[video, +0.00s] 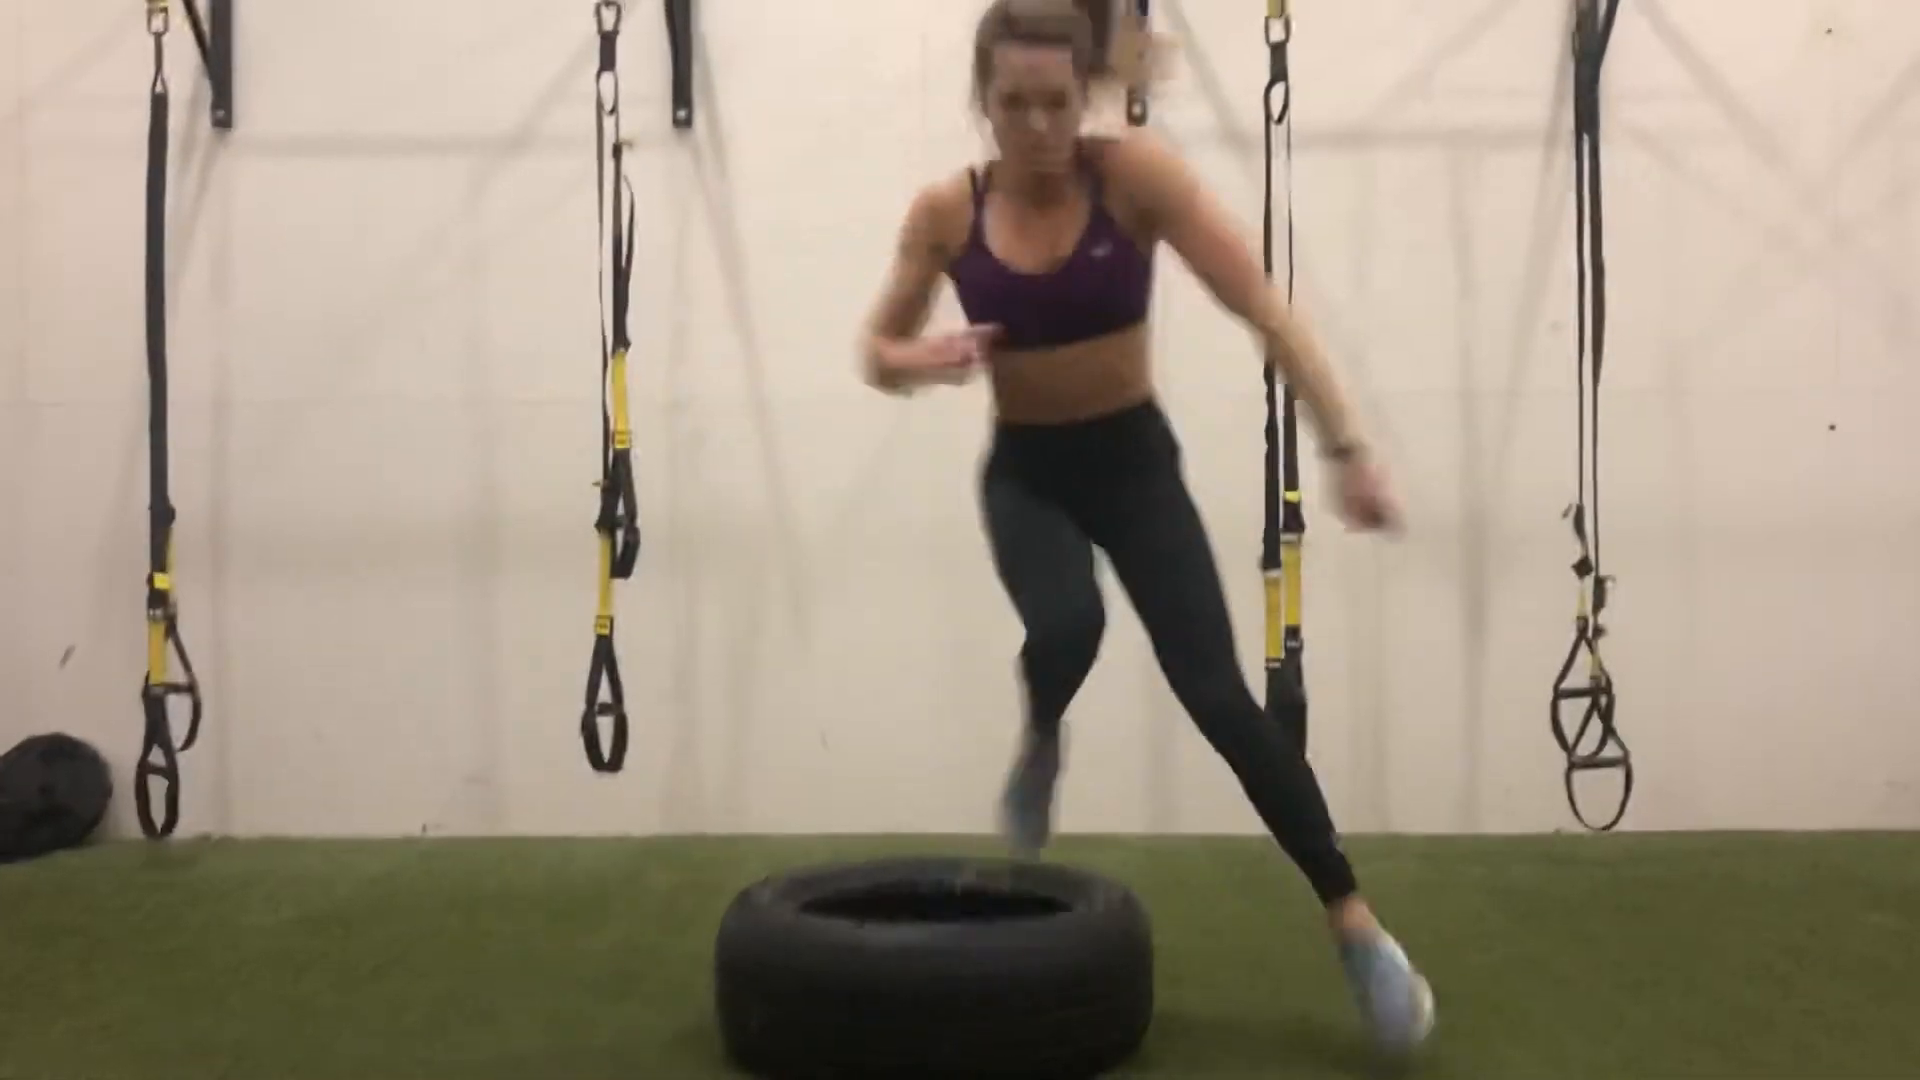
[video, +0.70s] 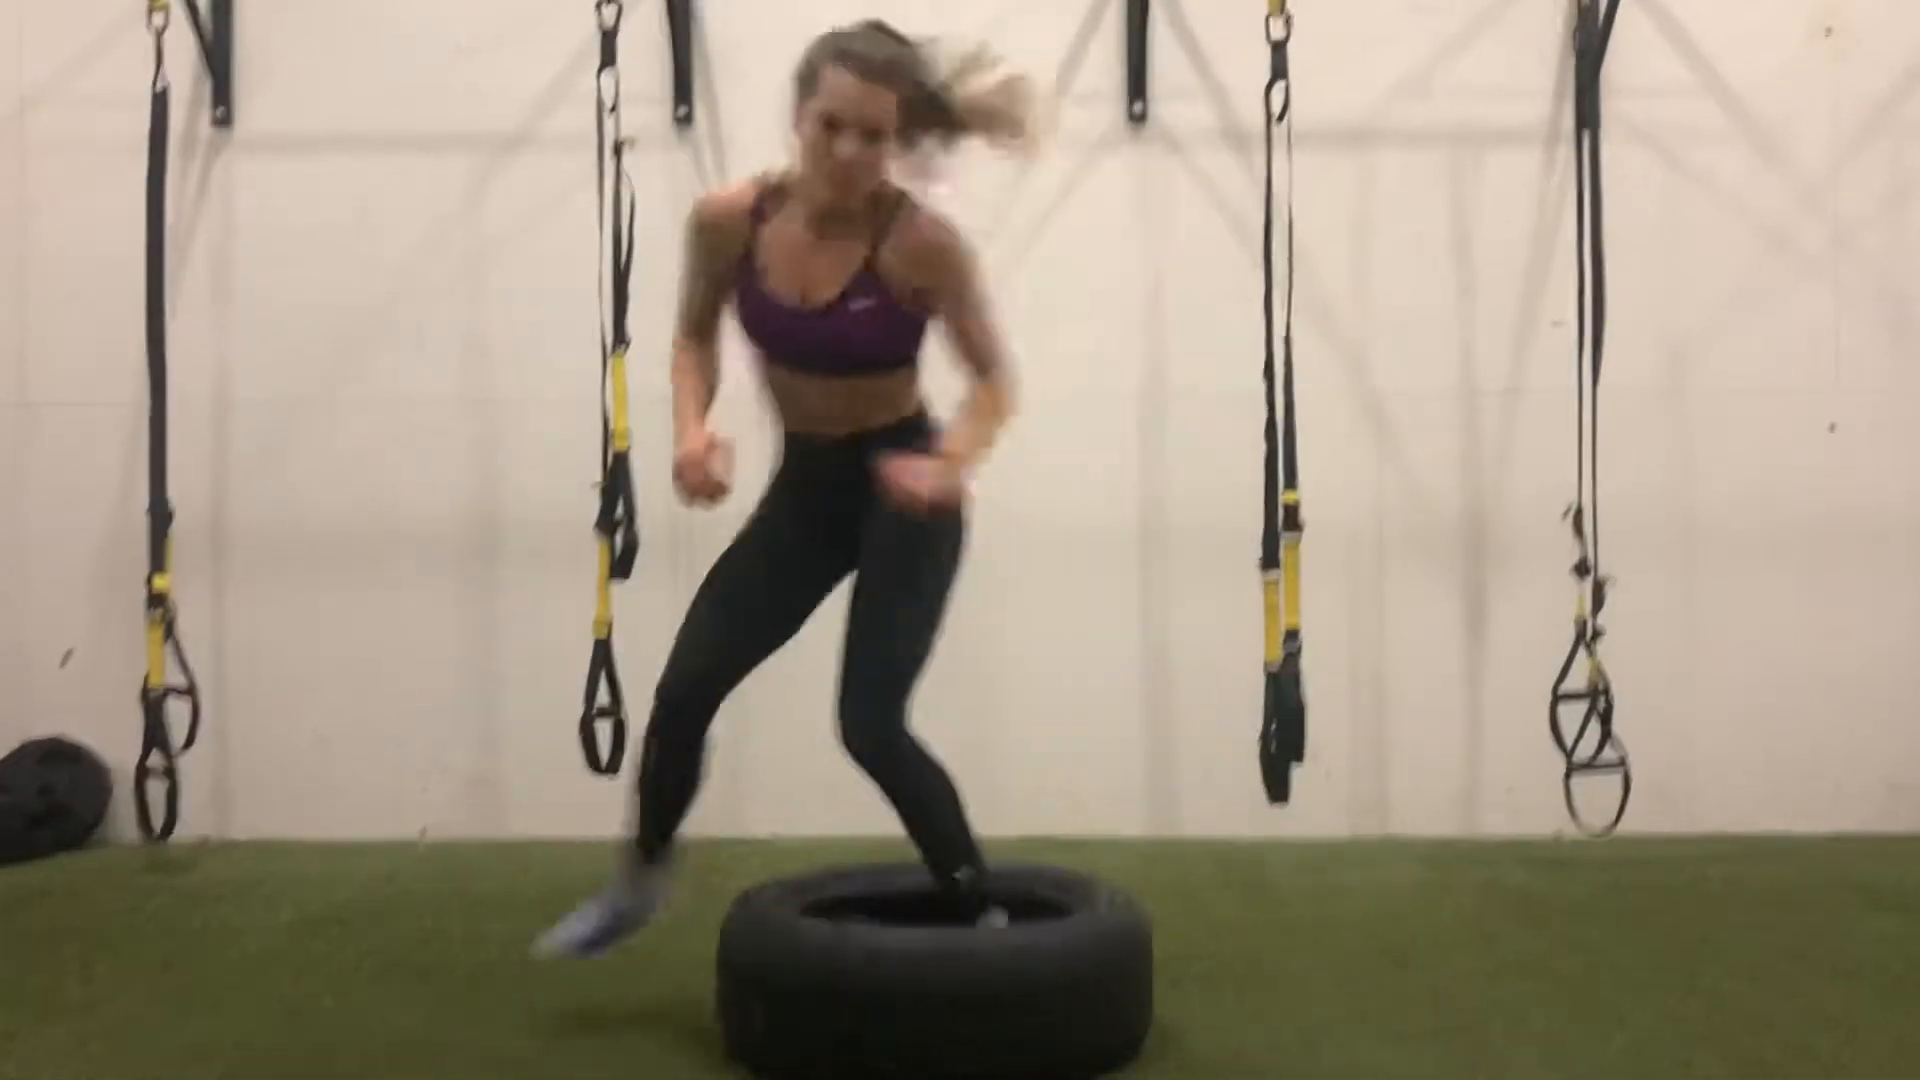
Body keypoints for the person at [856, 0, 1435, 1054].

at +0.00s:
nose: (1040, 125)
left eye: (1058, 101)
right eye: (1017, 102)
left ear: (1087, 95)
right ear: (984, 102)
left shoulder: (1137, 175)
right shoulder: (947, 213)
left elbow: (1264, 308)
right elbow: (879, 353)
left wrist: (1349, 447)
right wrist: (924, 357)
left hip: (1132, 457)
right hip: (1025, 467)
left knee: (1217, 697)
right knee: (1065, 627)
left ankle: (1358, 928)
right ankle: (1038, 754)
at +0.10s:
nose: (1040, 175)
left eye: (1060, 153)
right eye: (1021, 154)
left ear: (1096, 149)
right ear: (993, 156)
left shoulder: (1168, 230)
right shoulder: (983, 281)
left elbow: (1318, 295)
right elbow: (971, 410)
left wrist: (1417, 394)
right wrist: (982, 426)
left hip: (1204, 514)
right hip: (1097, 535)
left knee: (1297, 762)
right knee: (1086, 687)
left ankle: (1412, 988)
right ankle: (1189, 694)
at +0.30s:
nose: (1020, 207)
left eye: (1042, 186)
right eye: (1002, 186)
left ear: (1084, 183)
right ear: (979, 182)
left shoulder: (1131, 251)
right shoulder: (960, 272)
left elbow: (1231, 264)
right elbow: (821, 329)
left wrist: (1315, 289)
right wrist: (891, 224)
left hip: (1195, 498)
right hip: (1132, 526)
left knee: (1066, 678)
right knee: (1212, 774)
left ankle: (1301, 764)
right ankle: (1390, 955)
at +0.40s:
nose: (988, 163)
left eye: (1011, 140)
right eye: (969, 138)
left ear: (1054, 140)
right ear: (948, 136)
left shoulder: (1090, 222)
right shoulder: (928, 212)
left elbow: (1222, 220)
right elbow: (836, 289)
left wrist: (1283, 283)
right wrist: (909, 159)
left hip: (1114, 465)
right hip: (1047, 489)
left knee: (920, 580)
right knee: (1182, 728)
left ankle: (1084, 770)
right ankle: (1344, 920)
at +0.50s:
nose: (948, 120)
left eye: (971, 101)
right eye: (931, 97)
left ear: (1009, 104)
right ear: (906, 95)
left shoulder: (1048, 206)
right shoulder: (858, 196)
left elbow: (1171, 285)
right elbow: (848, 377)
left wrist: (1223, 405)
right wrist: (876, 311)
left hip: (1018, 473)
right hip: (947, 477)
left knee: (891, 694)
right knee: (940, 722)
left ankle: (983, 902)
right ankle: (1125, 727)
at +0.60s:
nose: (903, 139)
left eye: (927, 120)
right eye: (886, 116)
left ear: (967, 124)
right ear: (862, 111)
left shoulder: (999, 242)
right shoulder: (813, 218)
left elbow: (1115, 353)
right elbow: (768, 341)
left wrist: (1132, 493)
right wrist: (774, 377)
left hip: (966, 511)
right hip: (880, 509)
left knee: (929, 760)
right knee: (756, 697)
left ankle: (1006, 940)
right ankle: (918, 695)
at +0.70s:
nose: (851, 155)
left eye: (875, 136)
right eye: (833, 128)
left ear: (903, 139)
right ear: (798, 119)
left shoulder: (924, 247)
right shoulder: (729, 221)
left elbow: (994, 380)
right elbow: (696, 332)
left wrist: (951, 457)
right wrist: (692, 429)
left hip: (907, 480)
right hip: (810, 484)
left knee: (872, 723)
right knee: (682, 695)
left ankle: (981, 925)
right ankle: (639, 885)